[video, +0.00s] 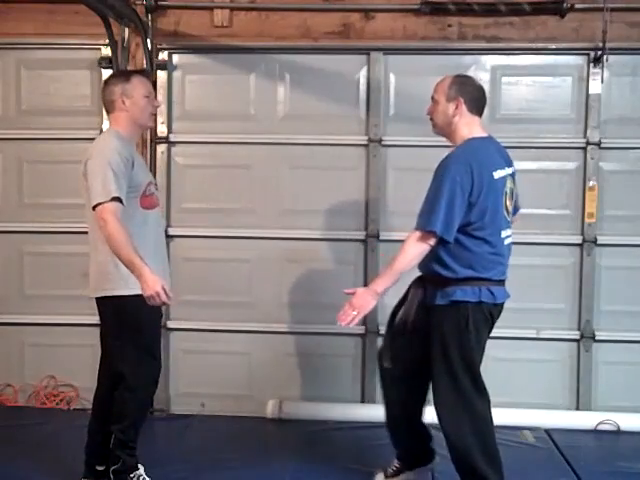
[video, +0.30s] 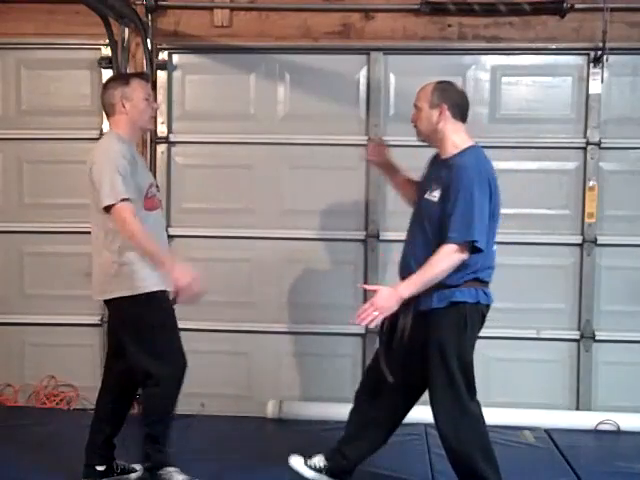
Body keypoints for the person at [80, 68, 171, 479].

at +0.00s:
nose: (156, 105)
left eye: (155, 98)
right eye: (148, 97)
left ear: (127, 105)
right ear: (122, 103)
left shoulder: (127, 151)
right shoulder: (107, 151)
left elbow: (127, 219)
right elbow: (107, 219)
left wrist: (153, 277)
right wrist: (144, 274)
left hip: (132, 287)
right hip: (124, 288)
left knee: (117, 377)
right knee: (139, 377)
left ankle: (98, 464)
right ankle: (122, 465)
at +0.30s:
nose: (155, 106)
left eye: (154, 100)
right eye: (148, 100)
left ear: (127, 107)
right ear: (122, 105)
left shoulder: (129, 152)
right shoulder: (112, 150)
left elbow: (136, 222)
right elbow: (123, 218)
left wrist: (165, 278)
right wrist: (172, 264)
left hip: (138, 284)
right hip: (132, 284)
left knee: (122, 376)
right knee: (168, 367)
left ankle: (100, 462)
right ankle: (156, 463)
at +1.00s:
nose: (236, 115)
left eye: (233, 108)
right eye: (230, 109)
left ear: (196, 118)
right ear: (208, 114)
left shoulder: (169, 169)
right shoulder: (228, 144)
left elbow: (194, 226)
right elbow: (297, 176)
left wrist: (259, 232)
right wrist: (262, 172)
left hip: (191, 292)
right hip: (232, 287)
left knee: (197, 368)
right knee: (261, 381)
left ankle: (145, 446)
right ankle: (266, 469)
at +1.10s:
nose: (244, 114)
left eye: (242, 107)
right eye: (239, 107)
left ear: (202, 115)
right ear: (217, 111)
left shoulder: (174, 167)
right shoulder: (239, 140)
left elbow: (194, 224)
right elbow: (313, 166)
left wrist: (258, 228)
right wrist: (297, 148)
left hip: (193, 288)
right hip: (240, 283)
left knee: (194, 371)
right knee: (260, 380)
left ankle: (155, 460)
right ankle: (267, 468)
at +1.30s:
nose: (248, 115)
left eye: (246, 107)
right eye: (243, 107)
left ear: (205, 112)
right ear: (221, 108)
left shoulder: (175, 161)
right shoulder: (244, 140)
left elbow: (203, 211)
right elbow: (325, 148)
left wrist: (263, 201)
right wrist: (372, 138)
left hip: (195, 288)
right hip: (243, 284)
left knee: (185, 374)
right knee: (261, 380)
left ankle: (152, 460)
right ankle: (267, 469)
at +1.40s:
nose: (249, 117)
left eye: (248, 109)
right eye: (245, 109)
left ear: (206, 111)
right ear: (225, 108)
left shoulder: (172, 161)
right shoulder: (250, 140)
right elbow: (328, 147)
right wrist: (373, 136)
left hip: (194, 287)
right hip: (245, 283)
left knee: (182, 376)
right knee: (260, 380)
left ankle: (151, 461)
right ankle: (266, 468)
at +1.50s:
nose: (251, 117)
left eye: (250, 109)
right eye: (247, 109)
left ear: (207, 111)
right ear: (227, 108)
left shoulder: (173, 159)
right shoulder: (253, 142)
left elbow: (176, 225)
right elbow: (330, 148)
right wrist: (375, 136)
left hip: (194, 290)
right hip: (246, 285)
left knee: (178, 377)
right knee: (263, 379)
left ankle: (151, 464)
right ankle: (266, 467)